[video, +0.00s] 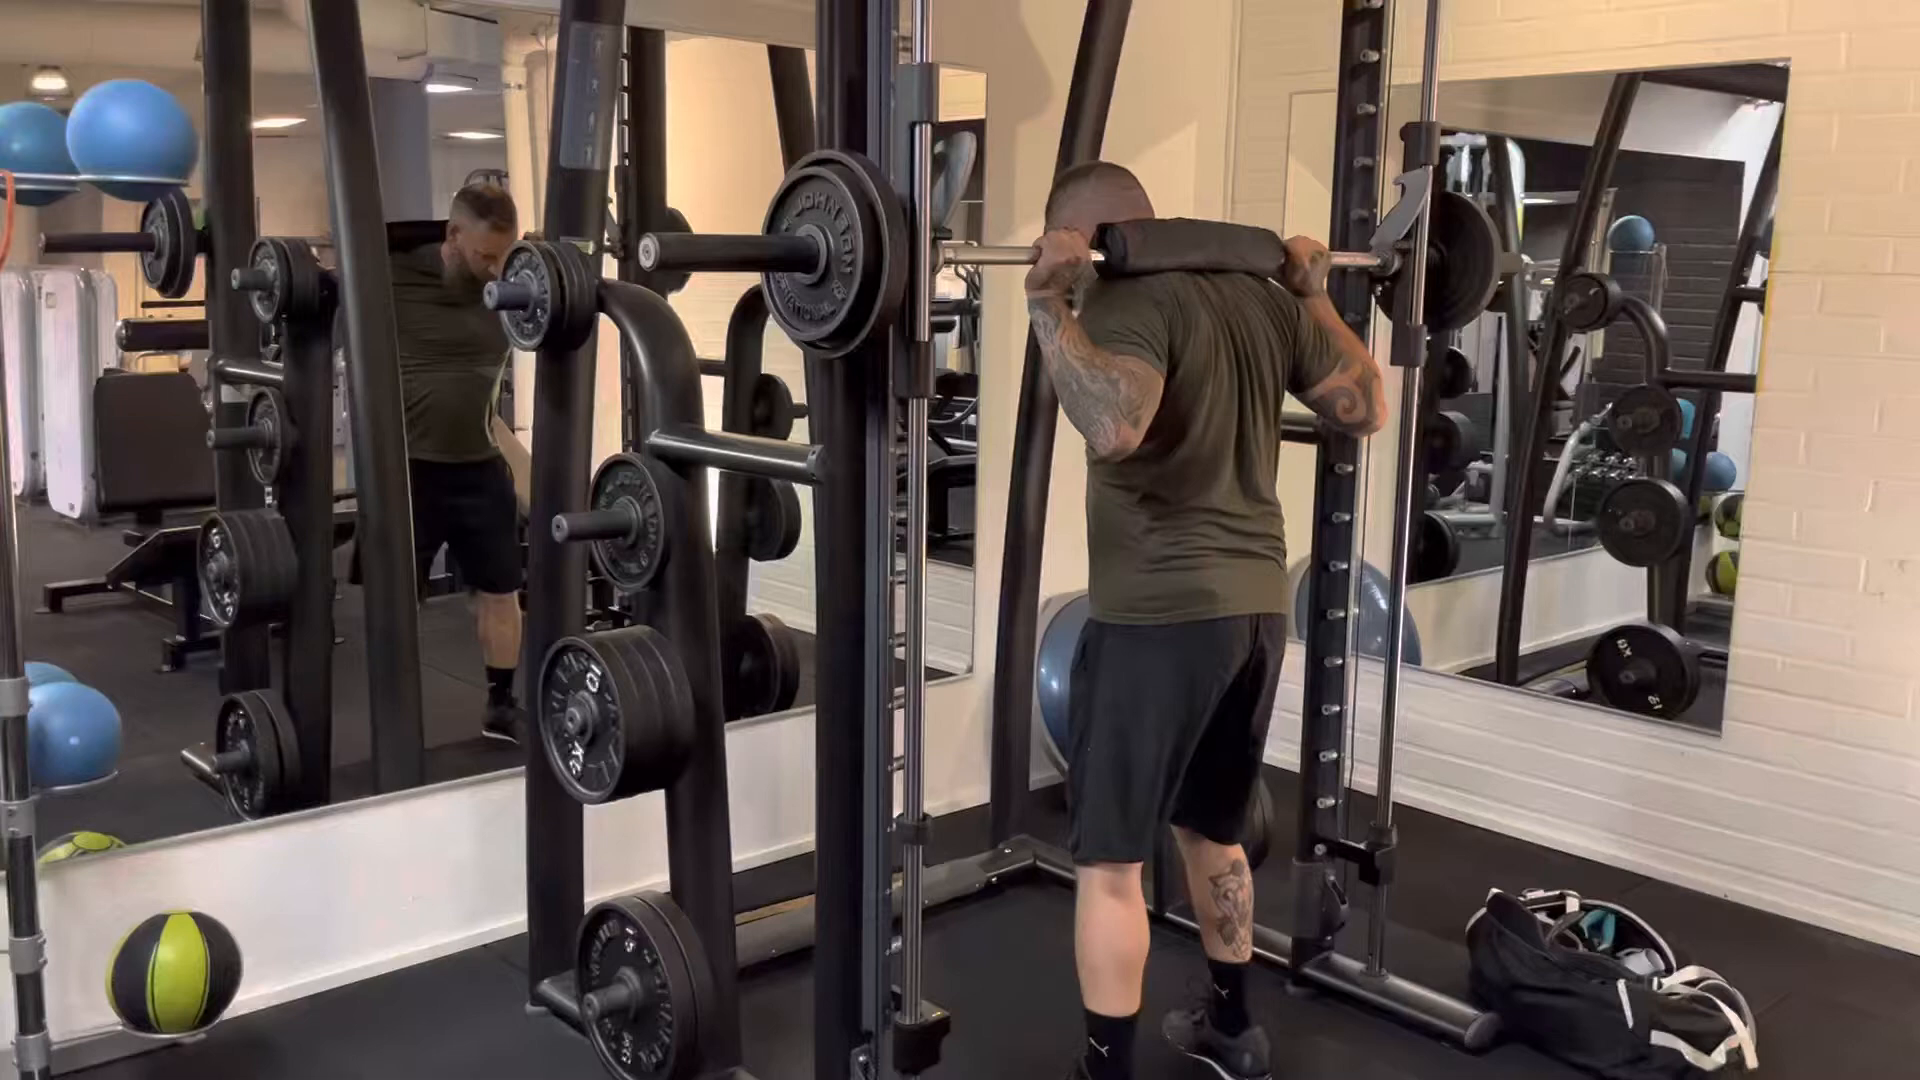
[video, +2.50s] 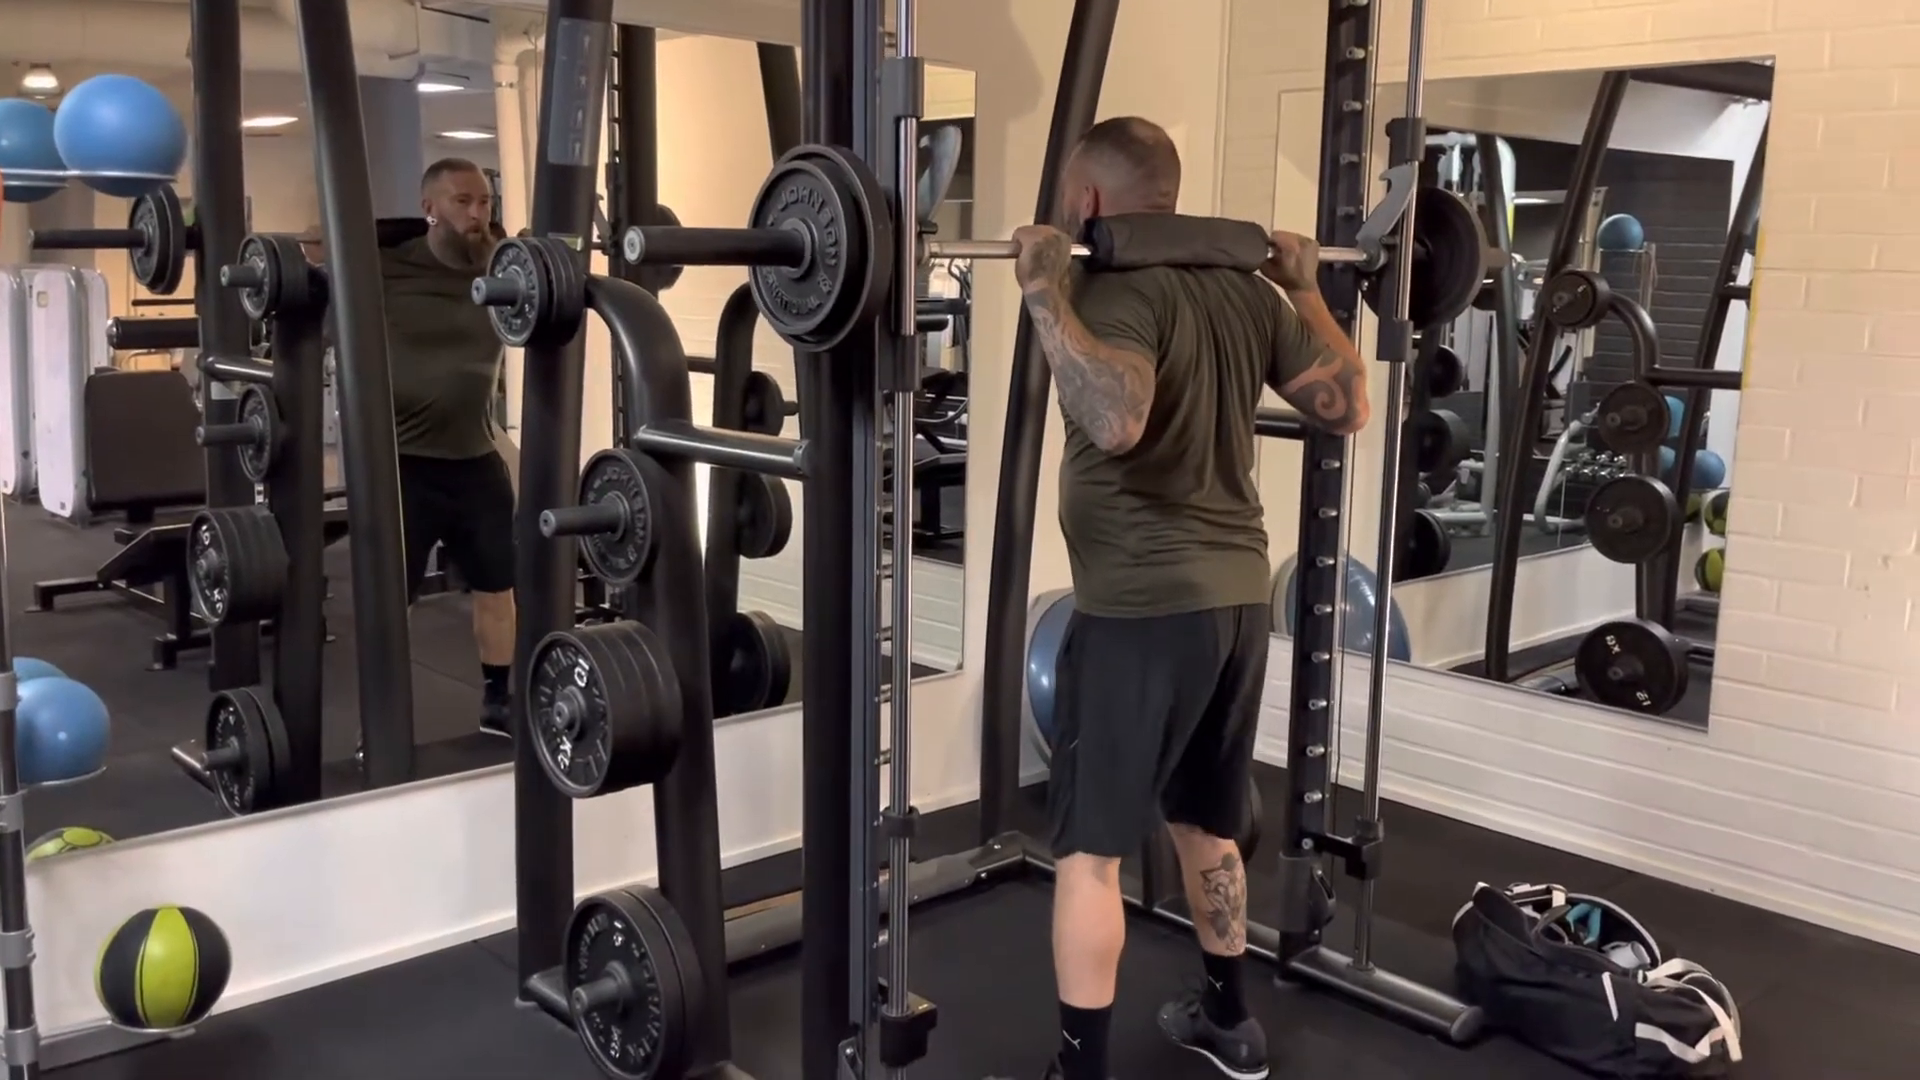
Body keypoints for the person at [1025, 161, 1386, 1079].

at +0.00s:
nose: (1066, 268)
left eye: (1066, 254)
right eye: (1060, 254)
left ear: (1093, 241)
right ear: (1149, 218)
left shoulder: (1139, 297)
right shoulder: (1261, 293)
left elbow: (1115, 425)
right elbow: (1364, 407)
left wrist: (1051, 306)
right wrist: (1316, 295)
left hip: (1157, 620)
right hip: (1255, 612)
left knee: (1112, 857)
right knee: (1212, 822)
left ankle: (1108, 1066)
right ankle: (1231, 1025)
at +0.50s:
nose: (1052, 264)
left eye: (1052, 248)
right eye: (1046, 251)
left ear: (1083, 239)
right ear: (1150, 225)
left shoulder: (1133, 306)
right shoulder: (1256, 298)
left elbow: (1121, 430)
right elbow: (1360, 412)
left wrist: (1047, 320)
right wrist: (1311, 305)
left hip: (1168, 625)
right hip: (1270, 615)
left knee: (1097, 853)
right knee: (1224, 822)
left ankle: (1094, 1065)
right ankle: (1233, 1031)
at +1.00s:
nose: (1073, 222)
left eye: (1077, 206)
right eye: (1078, 205)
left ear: (1101, 207)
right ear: (1180, 205)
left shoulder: (1127, 304)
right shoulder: (1254, 302)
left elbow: (1116, 429)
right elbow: (1349, 417)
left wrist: (1044, 310)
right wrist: (1306, 299)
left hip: (1152, 625)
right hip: (1253, 618)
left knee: (1088, 860)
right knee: (1224, 836)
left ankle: (1085, 1066)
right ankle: (1231, 1038)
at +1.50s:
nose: (1071, 222)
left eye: (1074, 207)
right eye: (1075, 206)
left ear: (1098, 209)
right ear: (1174, 207)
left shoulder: (1128, 300)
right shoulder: (1246, 303)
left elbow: (1134, 431)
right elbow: (1344, 421)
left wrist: (1059, 301)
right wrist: (1310, 297)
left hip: (1152, 625)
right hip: (1247, 616)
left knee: (1100, 858)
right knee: (1213, 830)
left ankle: (1092, 1068)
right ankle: (1228, 1040)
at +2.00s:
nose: (1068, 217)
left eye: (1071, 202)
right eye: (1072, 200)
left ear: (1095, 205)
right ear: (1175, 201)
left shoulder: (1125, 299)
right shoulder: (1243, 299)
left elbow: (1121, 427)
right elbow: (1342, 417)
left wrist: (1047, 305)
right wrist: (1306, 301)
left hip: (1148, 625)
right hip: (1244, 616)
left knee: (1095, 857)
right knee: (1206, 828)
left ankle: (1085, 1066)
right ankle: (1223, 1033)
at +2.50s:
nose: (1065, 213)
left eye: (1069, 198)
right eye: (1070, 197)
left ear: (1092, 198)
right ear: (1171, 194)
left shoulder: (1123, 285)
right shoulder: (1242, 286)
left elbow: (1117, 416)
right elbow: (1344, 404)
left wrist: (1044, 291)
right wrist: (1304, 290)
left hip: (1143, 611)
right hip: (1239, 605)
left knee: (1093, 845)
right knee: (1206, 811)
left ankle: (1082, 1064)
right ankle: (1229, 1016)